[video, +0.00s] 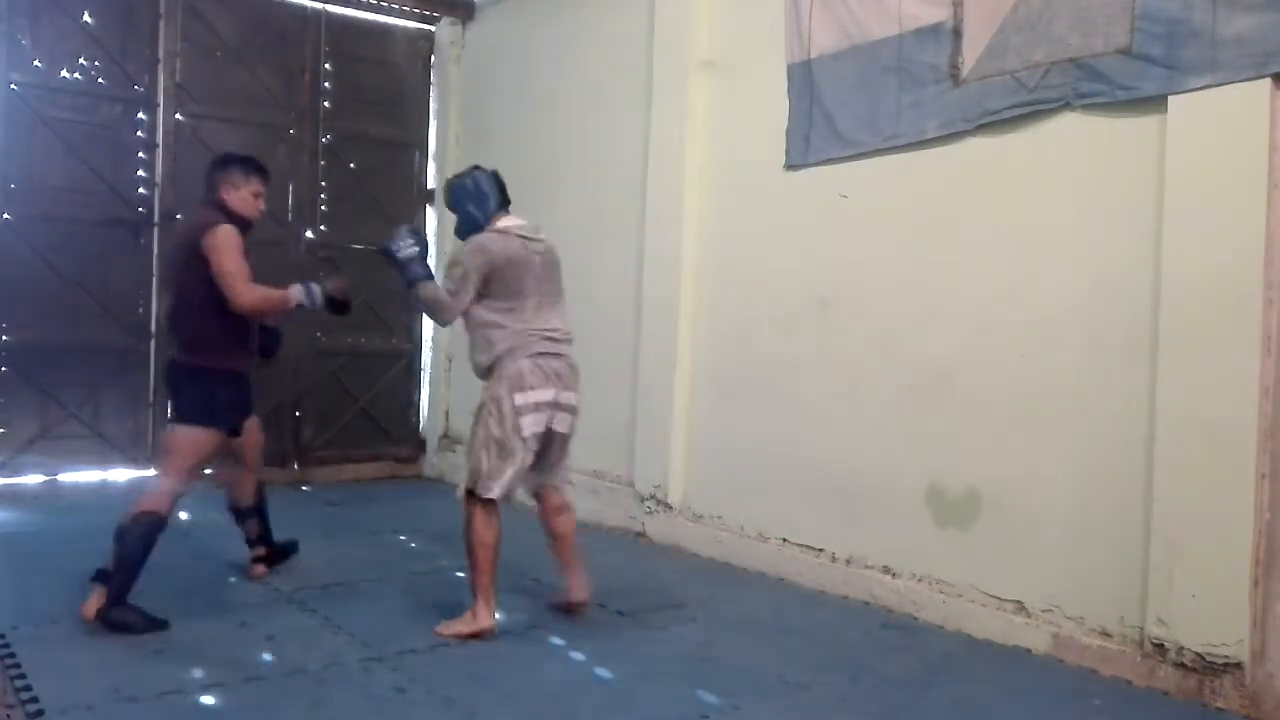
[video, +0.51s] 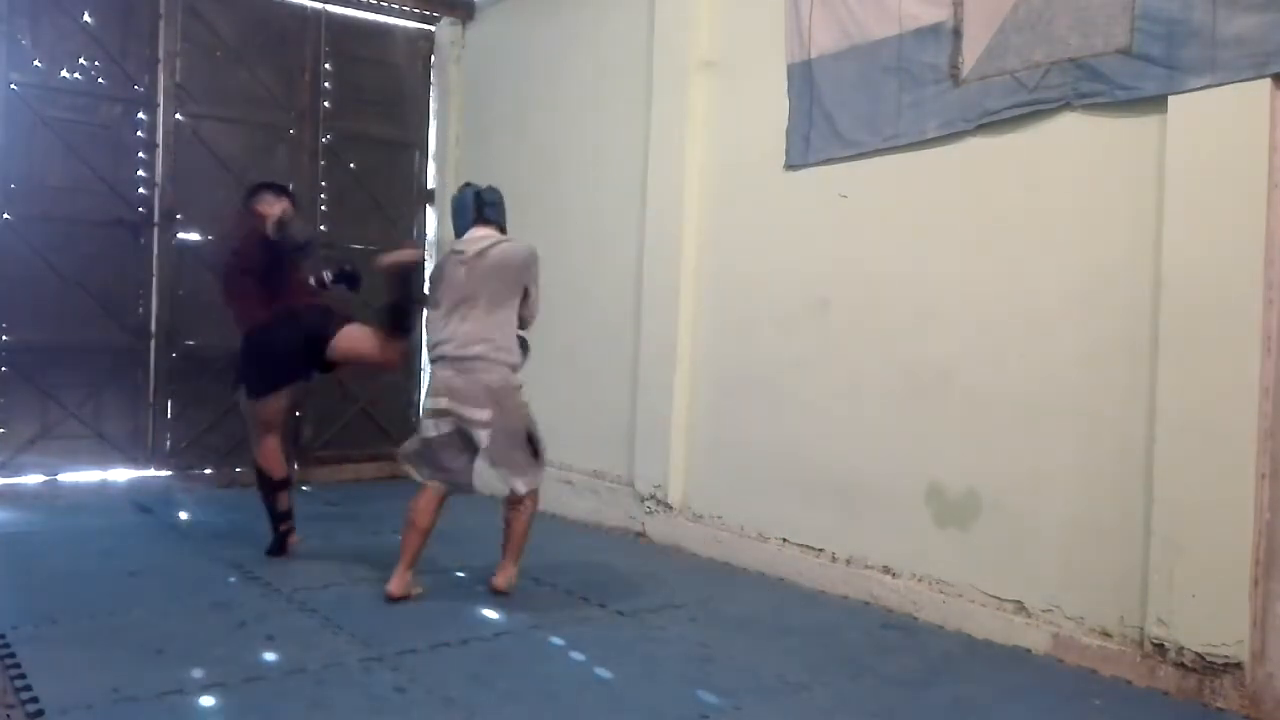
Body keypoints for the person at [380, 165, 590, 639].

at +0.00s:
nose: (454, 221)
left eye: (455, 211)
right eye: (452, 212)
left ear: (473, 207)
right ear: (502, 202)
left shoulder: (479, 249)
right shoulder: (544, 248)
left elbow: (445, 309)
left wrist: (414, 267)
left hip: (515, 382)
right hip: (563, 380)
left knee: (483, 495)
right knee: (548, 482)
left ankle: (483, 610)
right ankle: (577, 585)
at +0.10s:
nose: (454, 218)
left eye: (455, 208)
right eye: (453, 209)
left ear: (468, 207)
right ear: (501, 200)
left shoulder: (475, 248)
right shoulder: (543, 246)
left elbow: (449, 310)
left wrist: (417, 272)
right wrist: (444, 265)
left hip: (510, 382)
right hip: (558, 380)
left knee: (481, 497)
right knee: (538, 484)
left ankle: (482, 609)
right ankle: (553, 585)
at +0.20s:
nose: (454, 224)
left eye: (455, 216)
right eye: (452, 216)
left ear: (467, 217)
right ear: (501, 209)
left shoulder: (469, 262)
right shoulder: (538, 255)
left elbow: (464, 332)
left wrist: (434, 322)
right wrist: (459, 260)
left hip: (489, 383)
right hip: (536, 381)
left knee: (435, 477)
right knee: (505, 486)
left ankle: (453, 568)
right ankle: (498, 580)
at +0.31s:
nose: (451, 220)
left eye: (452, 213)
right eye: (450, 213)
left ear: (461, 212)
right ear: (496, 205)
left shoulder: (456, 255)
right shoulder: (537, 252)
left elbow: (448, 322)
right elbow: (537, 310)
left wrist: (455, 354)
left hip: (475, 376)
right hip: (527, 378)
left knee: (435, 471)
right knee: (508, 478)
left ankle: (429, 564)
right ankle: (501, 575)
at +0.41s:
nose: (451, 219)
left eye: (451, 212)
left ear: (455, 213)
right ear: (496, 207)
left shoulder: (442, 259)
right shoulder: (532, 250)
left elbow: (437, 320)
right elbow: (525, 295)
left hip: (456, 378)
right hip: (512, 379)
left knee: (440, 473)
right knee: (516, 478)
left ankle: (408, 569)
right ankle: (512, 572)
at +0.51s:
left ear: (460, 220)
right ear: (501, 218)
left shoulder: (446, 261)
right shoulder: (521, 253)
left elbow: (435, 308)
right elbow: (527, 315)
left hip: (444, 380)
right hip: (494, 382)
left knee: (436, 477)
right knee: (524, 473)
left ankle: (401, 575)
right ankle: (507, 569)